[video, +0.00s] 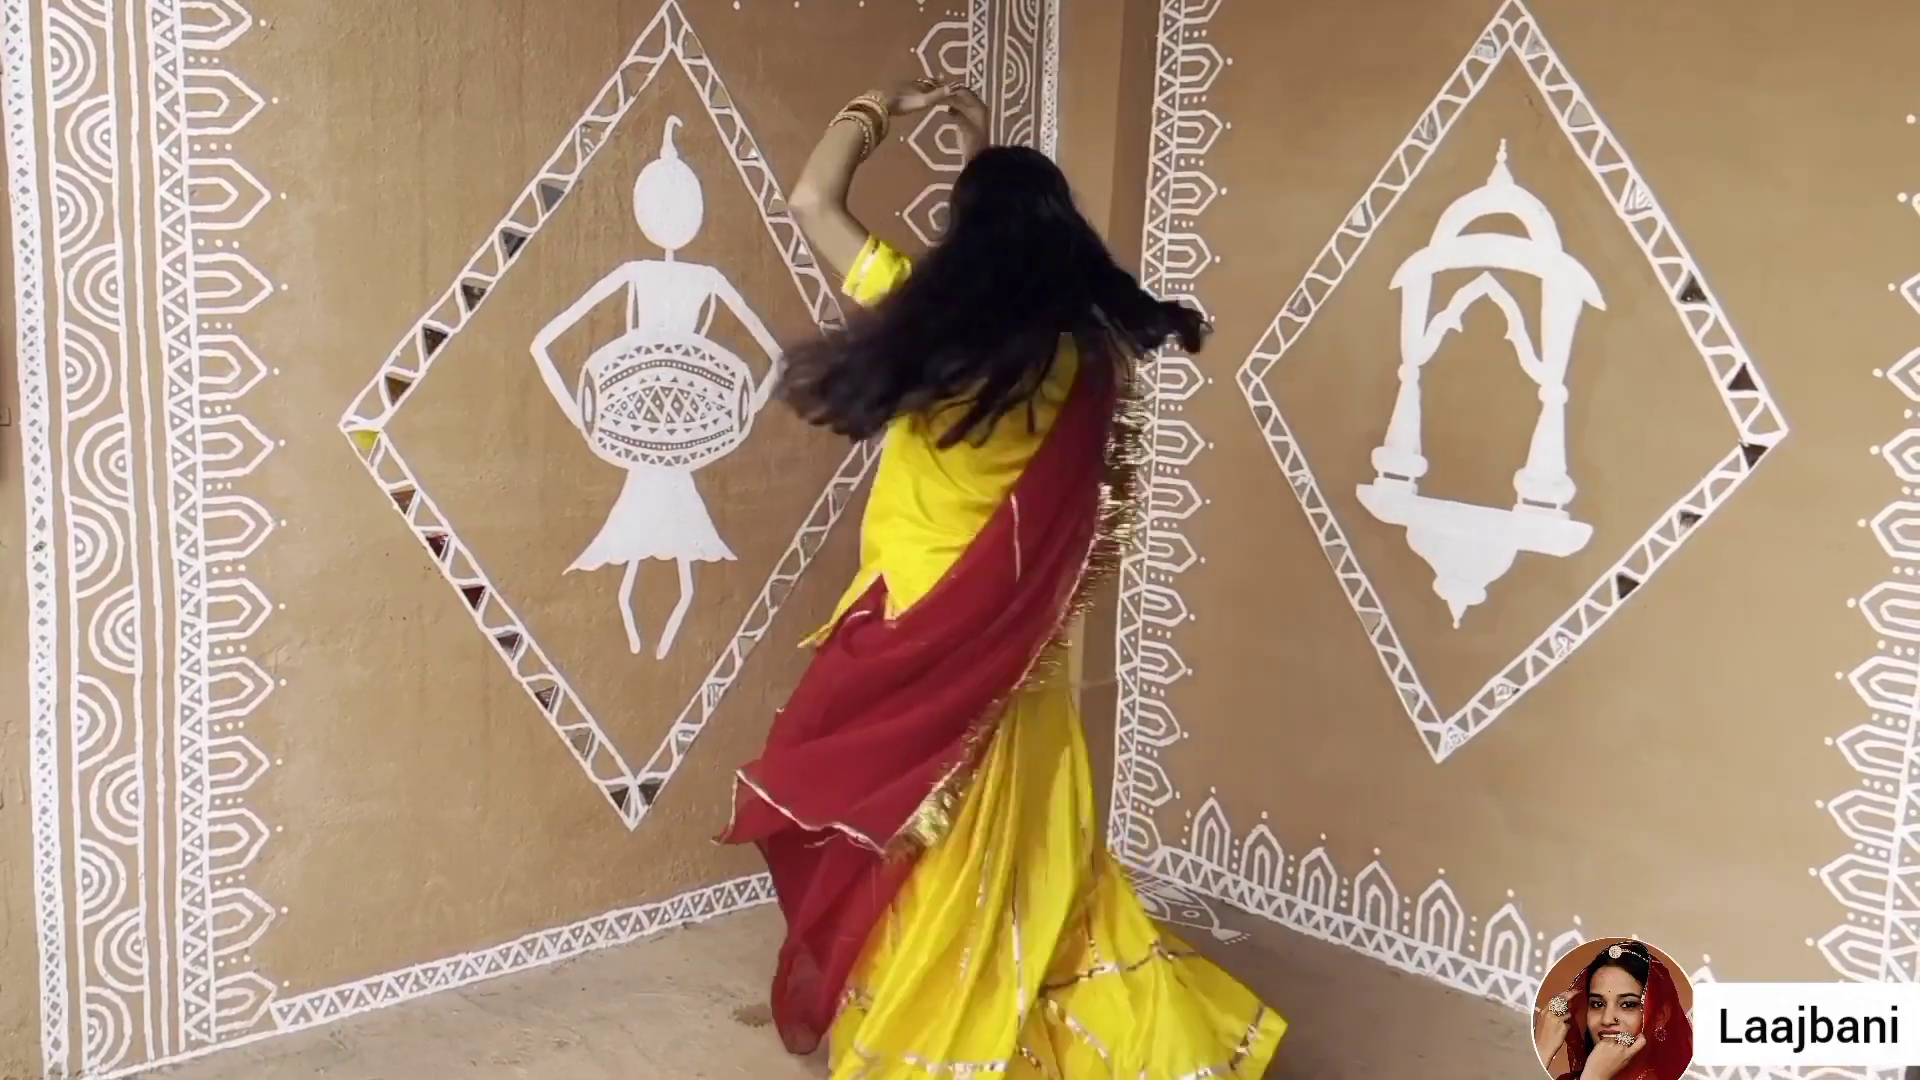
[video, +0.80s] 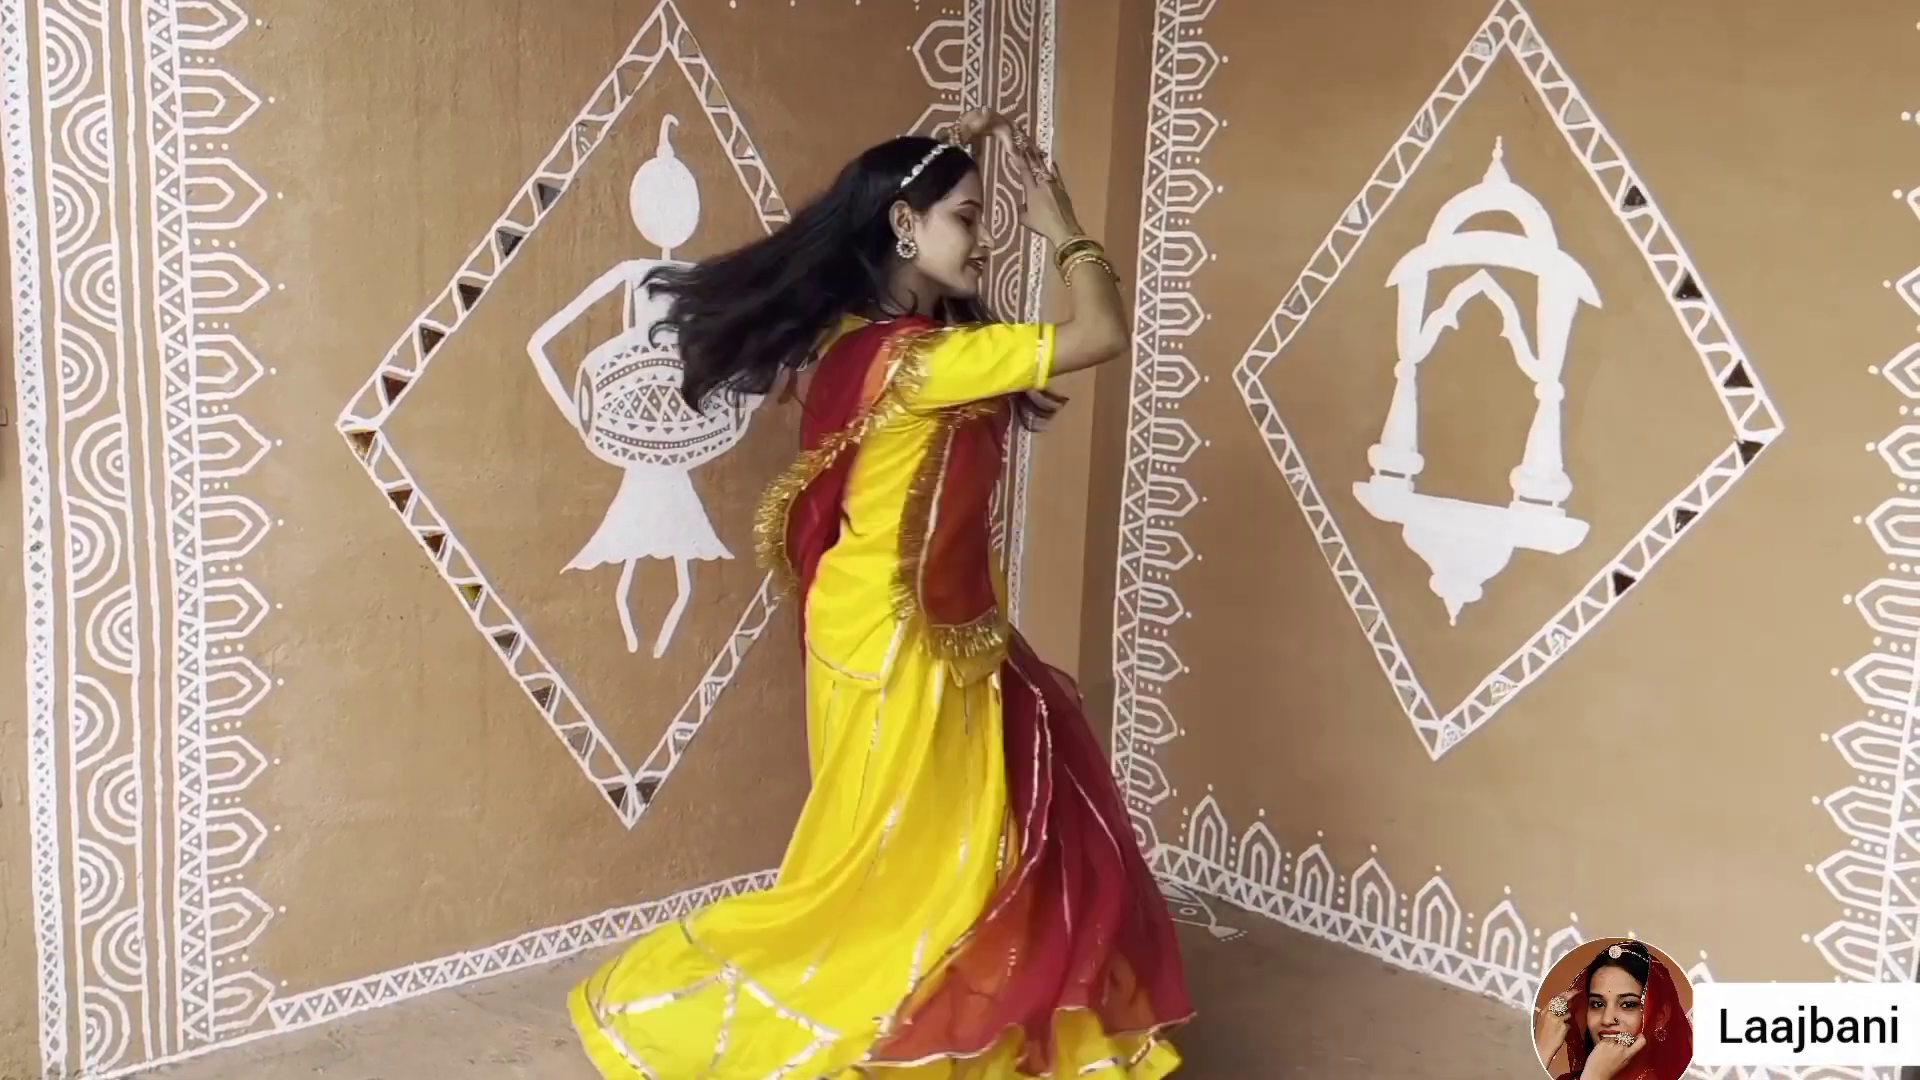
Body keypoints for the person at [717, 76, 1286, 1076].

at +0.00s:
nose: (942, 216)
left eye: (951, 203)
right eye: (953, 199)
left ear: (960, 228)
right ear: (1058, 230)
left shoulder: (921, 309)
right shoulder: (1088, 345)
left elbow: (814, 198)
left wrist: (868, 112)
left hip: (912, 606)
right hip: (1025, 615)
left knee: (921, 823)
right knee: (1039, 826)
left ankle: (908, 1031)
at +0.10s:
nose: (936, 234)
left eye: (946, 219)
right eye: (945, 216)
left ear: (965, 236)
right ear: (1051, 222)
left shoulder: (961, 305)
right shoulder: (1077, 316)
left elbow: (871, 209)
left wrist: (876, 109)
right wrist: (927, 157)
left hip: (931, 588)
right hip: (1022, 597)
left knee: (911, 789)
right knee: (999, 793)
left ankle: (904, 1015)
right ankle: (1002, 1003)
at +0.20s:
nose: (897, 220)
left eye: (907, 203)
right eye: (898, 203)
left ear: (956, 213)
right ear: (928, 215)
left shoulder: (1013, 324)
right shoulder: (915, 304)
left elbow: (997, 202)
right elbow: (810, 258)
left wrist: (943, 90)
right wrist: (844, 158)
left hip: (979, 635)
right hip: (895, 626)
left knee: (910, 861)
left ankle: (949, 1052)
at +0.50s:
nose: (879, 235)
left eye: (907, 216)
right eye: (868, 214)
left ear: (949, 231)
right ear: (848, 228)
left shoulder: (989, 308)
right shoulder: (819, 335)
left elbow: (1127, 217)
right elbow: (786, 303)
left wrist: (1081, 114)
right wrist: (882, 185)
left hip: (1007, 644)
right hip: (869, 648)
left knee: (993, 879)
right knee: (833, 872)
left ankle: (994, 1056)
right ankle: (827, 1056)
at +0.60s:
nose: (908, 235)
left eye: (928, 221)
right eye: (887, 212)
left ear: (953, 235)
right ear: (848, 223)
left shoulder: (973, 297)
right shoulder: (806, 344)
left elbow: (1090, 223)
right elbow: (877, 326)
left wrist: (1077, 137)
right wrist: (967, 203)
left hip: (1014, 631)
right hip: (887, 644)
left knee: (1015, 870)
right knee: (855, 869)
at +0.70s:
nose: (959, 247)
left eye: (965, 227)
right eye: (935, 224)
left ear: (974, 236)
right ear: (872, 235)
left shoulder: (932, 345)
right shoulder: (858, 358)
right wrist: (1042, 212)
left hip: (978, 641)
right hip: (896, 657)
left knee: (1032, 871)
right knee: (912, 887)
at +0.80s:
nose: (979, 234)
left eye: (977, 216)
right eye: (962, 216)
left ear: (910, 232)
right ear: (903, 229)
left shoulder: (864, 342)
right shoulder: (909, 355)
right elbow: (1099, 332)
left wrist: (1005, 393)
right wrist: (1060, 224)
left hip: (945, 620)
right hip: (891, 633)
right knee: (913, 855)